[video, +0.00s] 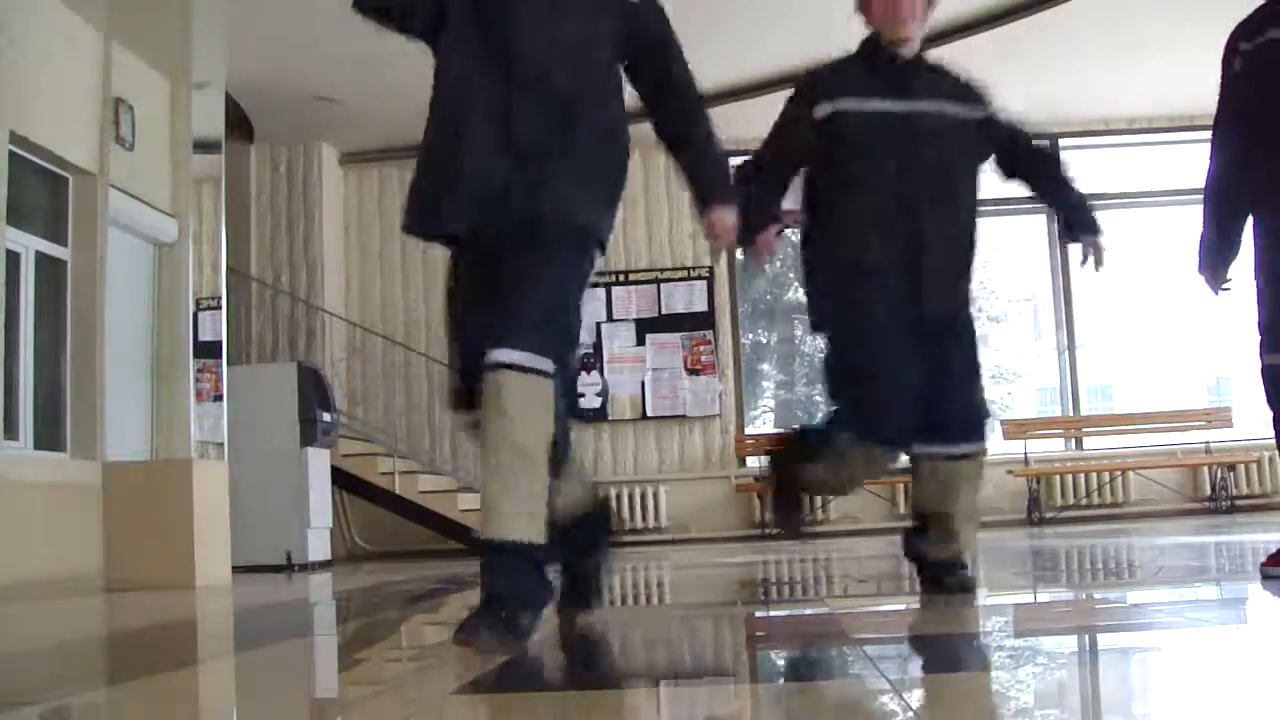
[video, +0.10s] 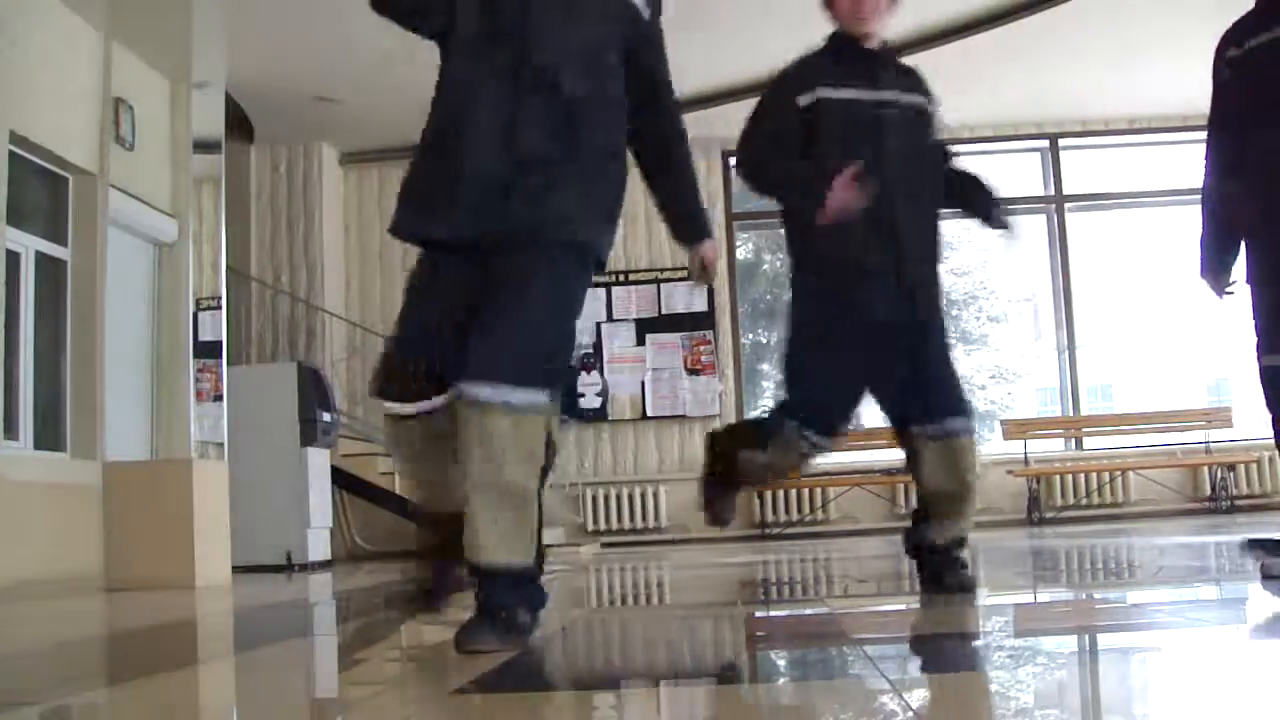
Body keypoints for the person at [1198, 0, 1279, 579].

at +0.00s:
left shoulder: (1255, 36)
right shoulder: (1252, 35)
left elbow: (1233, 154)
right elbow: (1232, 152)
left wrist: (1216, 251)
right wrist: (1218, 250)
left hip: (1277, 269)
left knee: (1279, 404)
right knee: (1278, 405)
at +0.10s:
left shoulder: (1245, 40)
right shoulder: (1243, 39)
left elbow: (1227, 159)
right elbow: (1227, 157)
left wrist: (1216, 255)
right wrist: (1218, 253)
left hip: (1273, 262)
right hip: (1267, 261)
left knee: (1279, 402)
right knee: (1276, 401)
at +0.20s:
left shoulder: (1244, 48)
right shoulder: (1230, 45)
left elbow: (1252, 149)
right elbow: (1220, 154)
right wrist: (1212, 248)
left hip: (1271, 248)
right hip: (1261, 249)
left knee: (1273, 386)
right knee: (1269, 385)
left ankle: (1275, 529)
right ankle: (1274, 527)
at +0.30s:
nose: (1241, 1)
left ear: (1264, 2)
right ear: (1249, 3)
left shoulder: (1244, 51)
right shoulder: (1228, 49)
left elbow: (1223, 144)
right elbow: (1213, 145)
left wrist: (1151, 142)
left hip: (1267, 249)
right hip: (1258, 248)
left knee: (1266, 390)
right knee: (1265, 389)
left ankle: (1270, 541)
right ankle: (1269, 541)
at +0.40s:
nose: (1205, 2)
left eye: (1210, 1)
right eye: (1207, 4)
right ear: (1218, 3)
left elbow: (1208, 126)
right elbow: (1201, 127)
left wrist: (1103, 131)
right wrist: (1103, 130)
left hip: (1269, 267)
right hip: (1259, 265)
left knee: (1241, 401)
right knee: (1238, 401)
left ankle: (1267, 548)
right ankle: (1264, 548)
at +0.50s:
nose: (1178, 10)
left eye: (1182, 6)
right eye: (1181, 7)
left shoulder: (1227, 43)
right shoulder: (1248, 37)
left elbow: (1157, 112)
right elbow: (1160, 111)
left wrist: (1063, 113)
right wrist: (1071, 115)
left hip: (1245, 271)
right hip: (1253, 267)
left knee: (1226, 404)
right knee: (1236, 406)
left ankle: (1265, 547)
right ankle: (1264, 547)